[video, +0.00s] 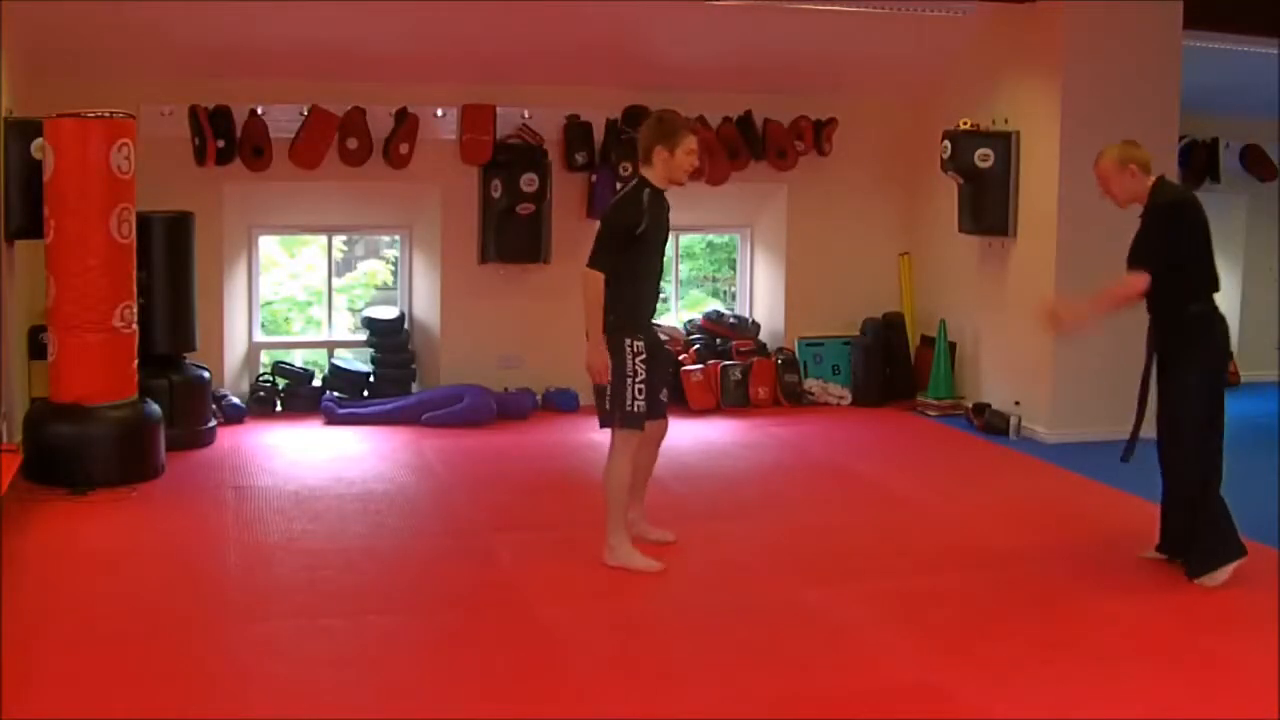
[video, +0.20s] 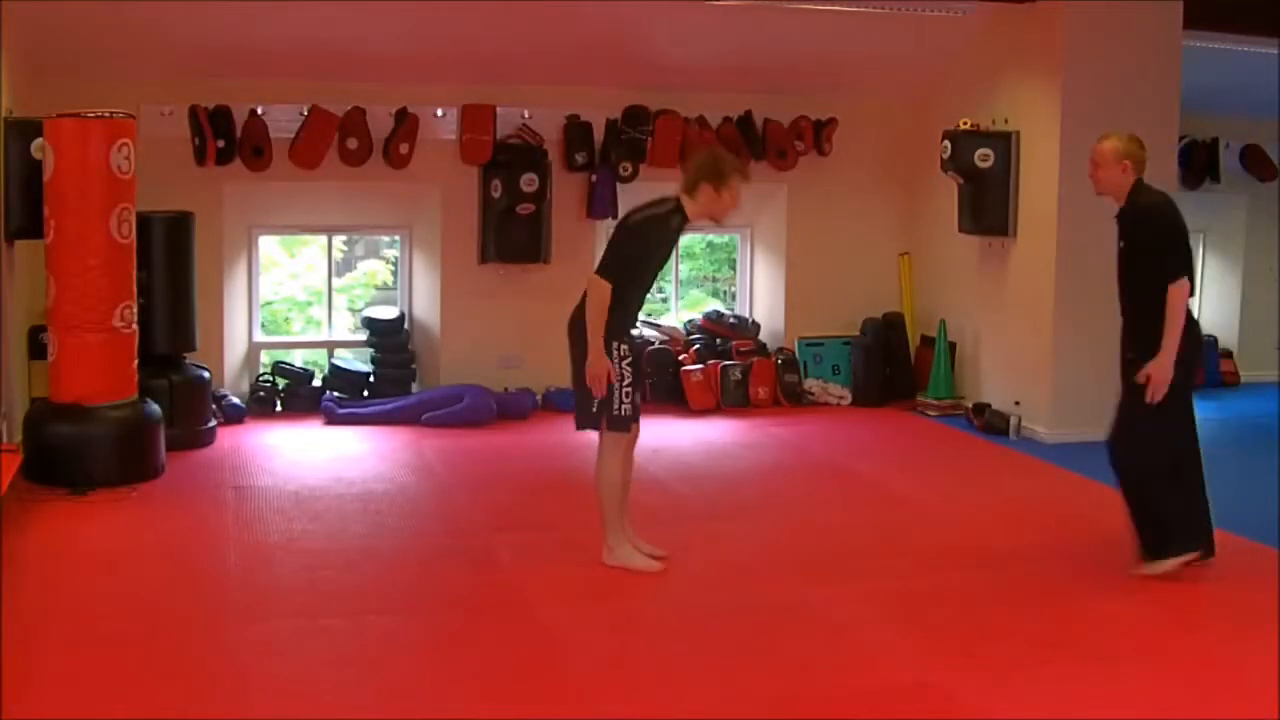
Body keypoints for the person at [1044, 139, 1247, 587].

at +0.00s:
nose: (1106, 194)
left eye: (1107, 185)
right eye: (1103, 186)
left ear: (1132, 173)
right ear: (1133, 173)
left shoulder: (1166, 207)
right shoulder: (1172, 202)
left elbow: (1138, 283)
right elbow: (1197, 287)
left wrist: (1079, 311)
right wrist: (1223, 351)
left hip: (1191, 340)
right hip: (1187, 337)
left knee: (1189, 445)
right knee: (1175, 442)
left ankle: (1219, 550)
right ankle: (1178, 541)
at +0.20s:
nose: (1091, 174)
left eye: (1098, 166)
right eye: (1092, 166)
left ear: (1125, 169)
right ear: (1121, 169)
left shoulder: (1153, 209)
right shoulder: (1133, 211)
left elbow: (1179, 288)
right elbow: (1150, 289)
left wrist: (1165, 357)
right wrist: (1139, 351)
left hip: (1161, 353)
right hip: (1149, 349)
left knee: (1128, 444)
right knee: (1171, 445)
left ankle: (1170, 543)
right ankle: (1194, 537)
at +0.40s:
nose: (1066, 179)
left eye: (1074, 171)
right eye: (1067, 171)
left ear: (1100, 175)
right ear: (1090, 176)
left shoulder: (1130, 221)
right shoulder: (1085, 225)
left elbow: (1156, 300)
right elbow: (1042, 287)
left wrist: (1161, 373)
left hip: (1130, 368)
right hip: (1116, 365)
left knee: (1075, 445)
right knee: (1155, 456)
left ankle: (1045, 548)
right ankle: (1181, 543)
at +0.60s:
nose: (1001, 200)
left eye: (1011, 191)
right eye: (1003, 191)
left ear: (1041, 196)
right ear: (1027, 197)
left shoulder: (1069, 240)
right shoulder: (1017, 237)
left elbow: (1094, 324)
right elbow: (959, 262)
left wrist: (1103, 402)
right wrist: (892, 278)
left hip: (1069, 380)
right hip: (1059, 376)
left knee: (1010, 457)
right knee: (1107, 454)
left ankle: (975, 560)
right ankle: (1163, 532)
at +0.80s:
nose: (947, 204)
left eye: (955, 194)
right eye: (948, 194)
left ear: (983, 196)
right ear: (970, 197)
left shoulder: (1020, 232)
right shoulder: (963, 225)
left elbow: (1043, 319)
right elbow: (904, 248)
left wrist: (1036, 396)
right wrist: (837, 273)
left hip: (1037, 347)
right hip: (1018, 343)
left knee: (1000, 441)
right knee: (1061, 433)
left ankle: (977, 558)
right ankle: (1100, 525)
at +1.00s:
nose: (917, 209)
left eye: (925, 201)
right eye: (918, 201)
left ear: (954, 203)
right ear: (942, 203)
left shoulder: (997, 240)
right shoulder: (931, 230)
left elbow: (1024, 321)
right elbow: (871, 254)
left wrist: (1020, 394)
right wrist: (804, 282)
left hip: (1023, 345)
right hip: (997, 341)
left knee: (991, 433)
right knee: (1039, 423)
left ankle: (977, 556)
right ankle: (1079, 510)